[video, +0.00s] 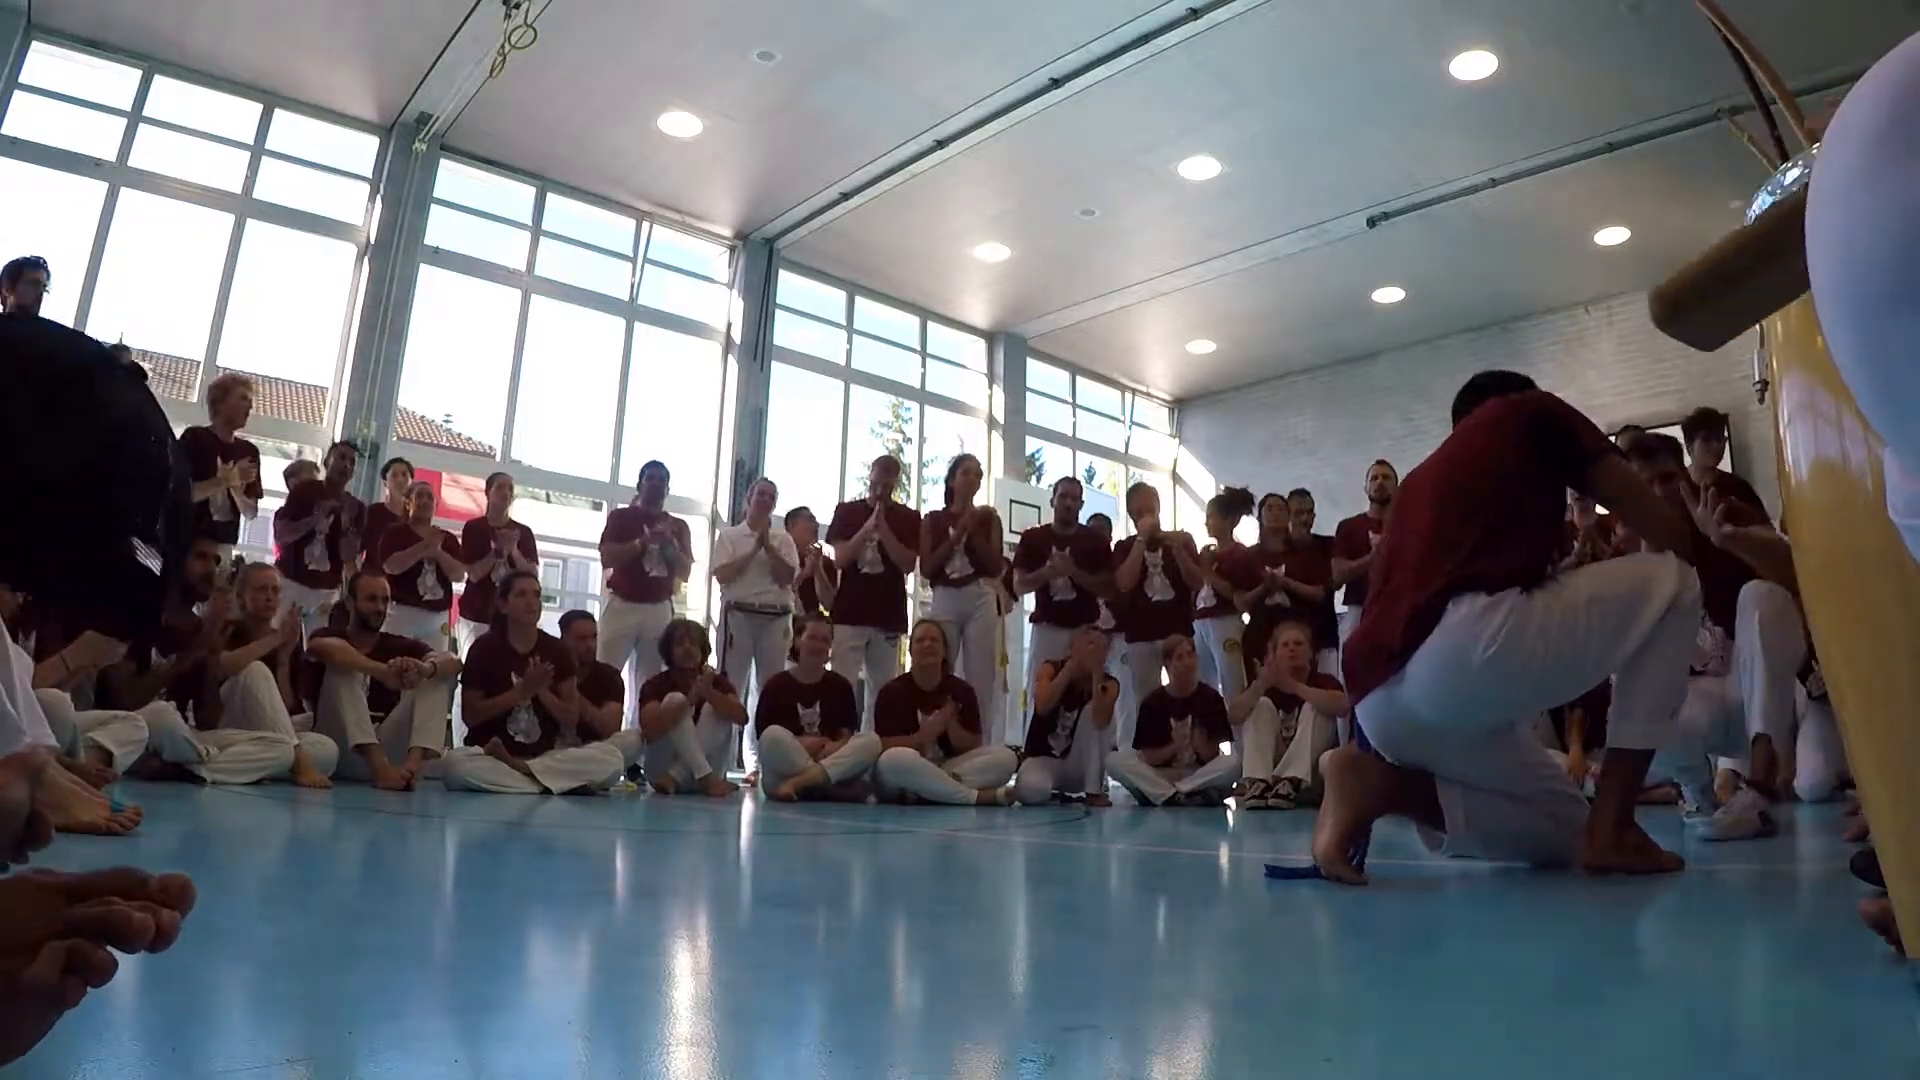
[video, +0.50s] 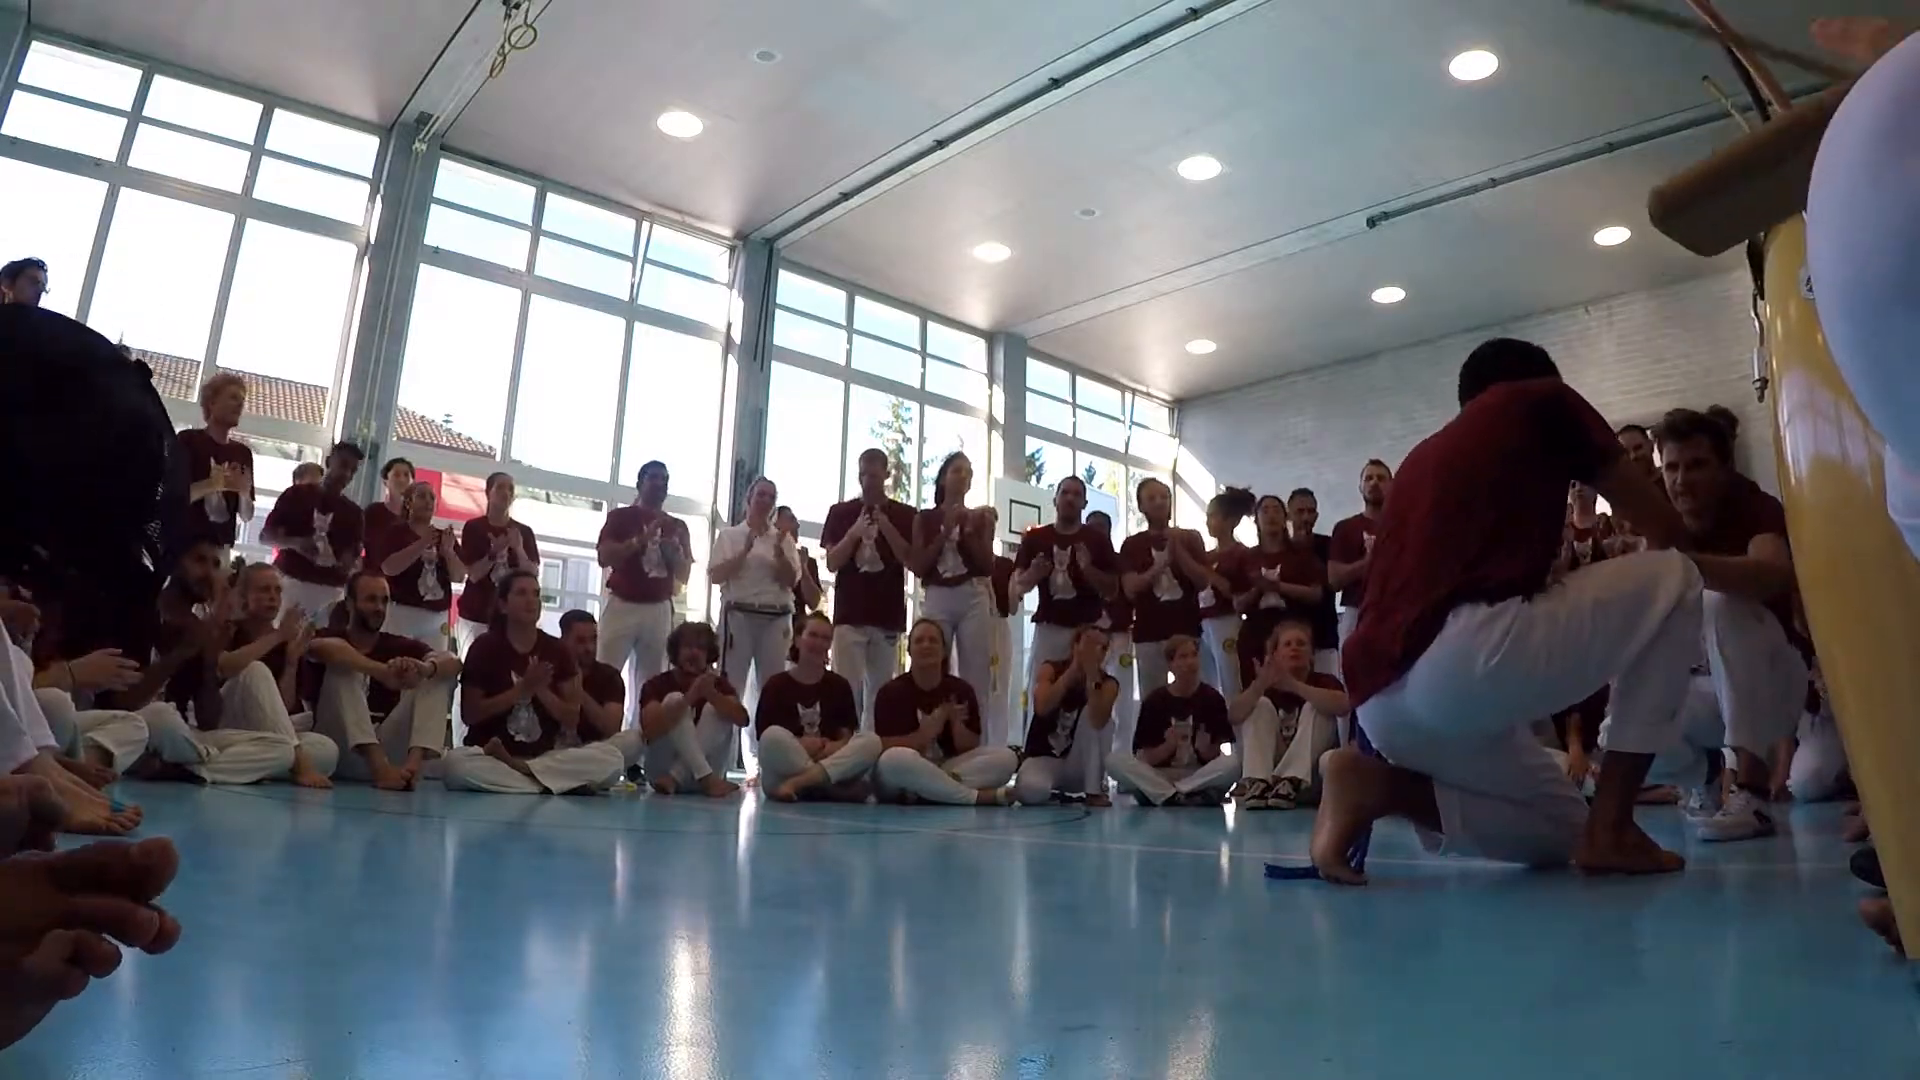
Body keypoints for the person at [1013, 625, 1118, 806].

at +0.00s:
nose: (1094, 650)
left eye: (1100, 645)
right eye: (1088, 643)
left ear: (1106, 653)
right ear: (1073, 648)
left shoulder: (1108, 683)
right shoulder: (1050, 668)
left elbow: (1100, 719)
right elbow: (1042, 706)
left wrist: (1097, 674)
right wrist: (1070, 668)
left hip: (1079, 763)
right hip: (1042, 761)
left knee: (1093, 711)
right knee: (1031, 793)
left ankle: (1094, 791)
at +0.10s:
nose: (1096, 650)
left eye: (1103, 647)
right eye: (1092, 643)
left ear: (1107, 654)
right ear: (1074, 646)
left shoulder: (1109, 684)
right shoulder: (1050, 668)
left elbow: (1101, 720)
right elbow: (1043, 706)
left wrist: (1100, 673)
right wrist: (1069, 666)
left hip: (1079, 764)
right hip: (1042, 761)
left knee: (1094, 711)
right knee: (1031, 793)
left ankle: (1094, 791)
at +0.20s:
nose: (1095, 650)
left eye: (1102, 646)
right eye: (1090, 643)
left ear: (1107, 653)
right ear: (1075, 645)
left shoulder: (1108, 683)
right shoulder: (1050, 668)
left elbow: (1098, 718)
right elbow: (1043, 707)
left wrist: (1097, 671)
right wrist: (1073, 670)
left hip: (1080, 763)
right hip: (1042, 760)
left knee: (1094, 712)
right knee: (1031, 793)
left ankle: (1094, 790)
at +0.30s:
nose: (1093, 652)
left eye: (1101, 647)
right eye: (1089, 645)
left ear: (1105, 653)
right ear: (1076, 646)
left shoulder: (1108, 683)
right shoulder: (1051, 669)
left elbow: (1097, 718)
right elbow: (1043, 707)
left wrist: (1093, 669)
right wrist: (1074, 671)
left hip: (1080, 762)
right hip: (1043, 760)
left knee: (1093, 713)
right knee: (1031, 792)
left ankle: (1094, 790)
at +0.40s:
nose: (1093, 652)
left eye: (1101, 648)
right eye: (1088, 645)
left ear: (1106, 653)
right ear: (1076, 647)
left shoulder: (1108, 683)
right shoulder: (1051, 669)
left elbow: (1098, 719)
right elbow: (1043, 707)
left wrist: (1092, 670)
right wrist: (1074, 670)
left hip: (1080, 762)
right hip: (1043, 760)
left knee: (1093, 712)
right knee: (1031, 792)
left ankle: (1094, 790)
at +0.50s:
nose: (1095, 653)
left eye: (1102, 648)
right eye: (1089, 645)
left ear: (1106, 653)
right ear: (1075, 647)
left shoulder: (1107, 683)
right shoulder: (1050, 669)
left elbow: (1098, 719)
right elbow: (1042, 707)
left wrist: (1092, 672)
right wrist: (1074, 669)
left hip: (1080, 762)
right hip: (1043, 760)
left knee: (1093, 712)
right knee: (1031, 792)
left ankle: (1094, 790)